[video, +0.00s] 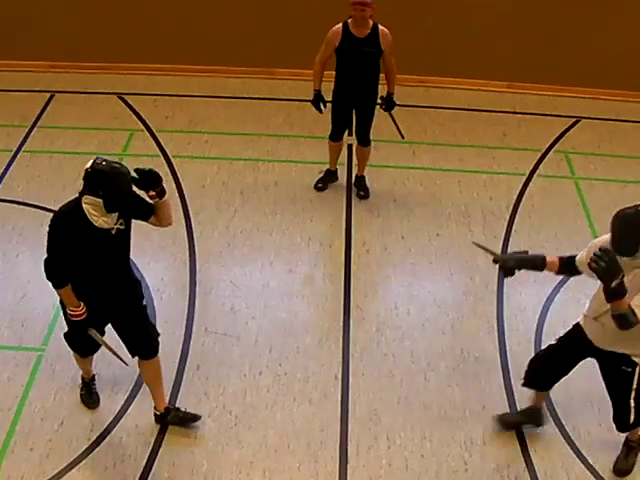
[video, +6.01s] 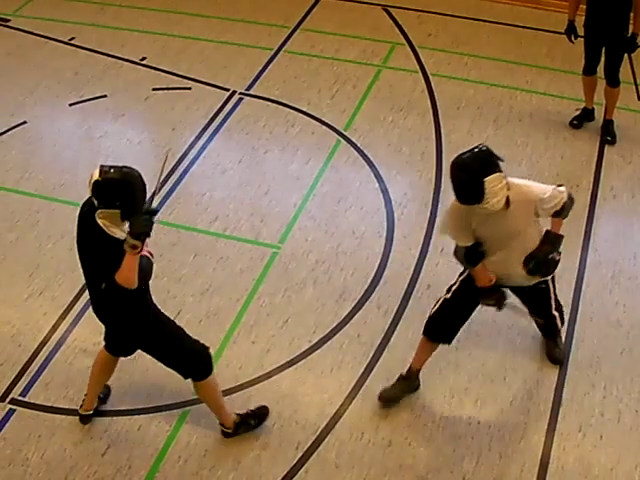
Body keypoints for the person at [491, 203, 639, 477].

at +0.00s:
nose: (618, 253)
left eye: (625, 252)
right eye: (615, 245)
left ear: (638, 251)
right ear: (614, 235)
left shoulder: (639, 275)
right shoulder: (607, 246)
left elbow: (628, 325)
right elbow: (573, 264)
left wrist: (614, 284)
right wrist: (523, 260)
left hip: (626, 352)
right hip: (589, 331)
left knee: (628, 415)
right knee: (543, 366)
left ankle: (634, 440)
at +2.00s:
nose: (448, 211)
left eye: (452, 206)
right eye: (445, 205)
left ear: (470, 196)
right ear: (449, 198)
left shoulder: (502, 216)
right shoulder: (451, 201)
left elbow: (465, 277)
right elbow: (431, 226)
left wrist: (426, 246)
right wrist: (395, 232)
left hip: (488, 295)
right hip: (446, 280)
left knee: (507, 357)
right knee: (403, 327)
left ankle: (528, 361)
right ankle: (389, 376)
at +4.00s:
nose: (357, 252)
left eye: (360, 247)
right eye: (354, 247)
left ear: (381, 236)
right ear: (357, 241)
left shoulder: (412, 250)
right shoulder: (358, 234)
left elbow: (422, 321)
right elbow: (299, 236)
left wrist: (380, 302)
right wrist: (284, 283)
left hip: (435, 317)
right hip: (389, 306)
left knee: (453, 373)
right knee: (346, 360)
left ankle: (471, 401)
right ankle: (336, 390)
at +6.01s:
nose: (493, 202)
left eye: (496, 194)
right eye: (485, 199)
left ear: (502, 182)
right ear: (470, 197)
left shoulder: (526, 193)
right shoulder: (460, 213)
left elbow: (562, 201)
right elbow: (469, 253)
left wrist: (552, 243)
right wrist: (488, 289)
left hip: (531, 273)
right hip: (484, 274)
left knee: (547, 316)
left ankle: (553, 339)